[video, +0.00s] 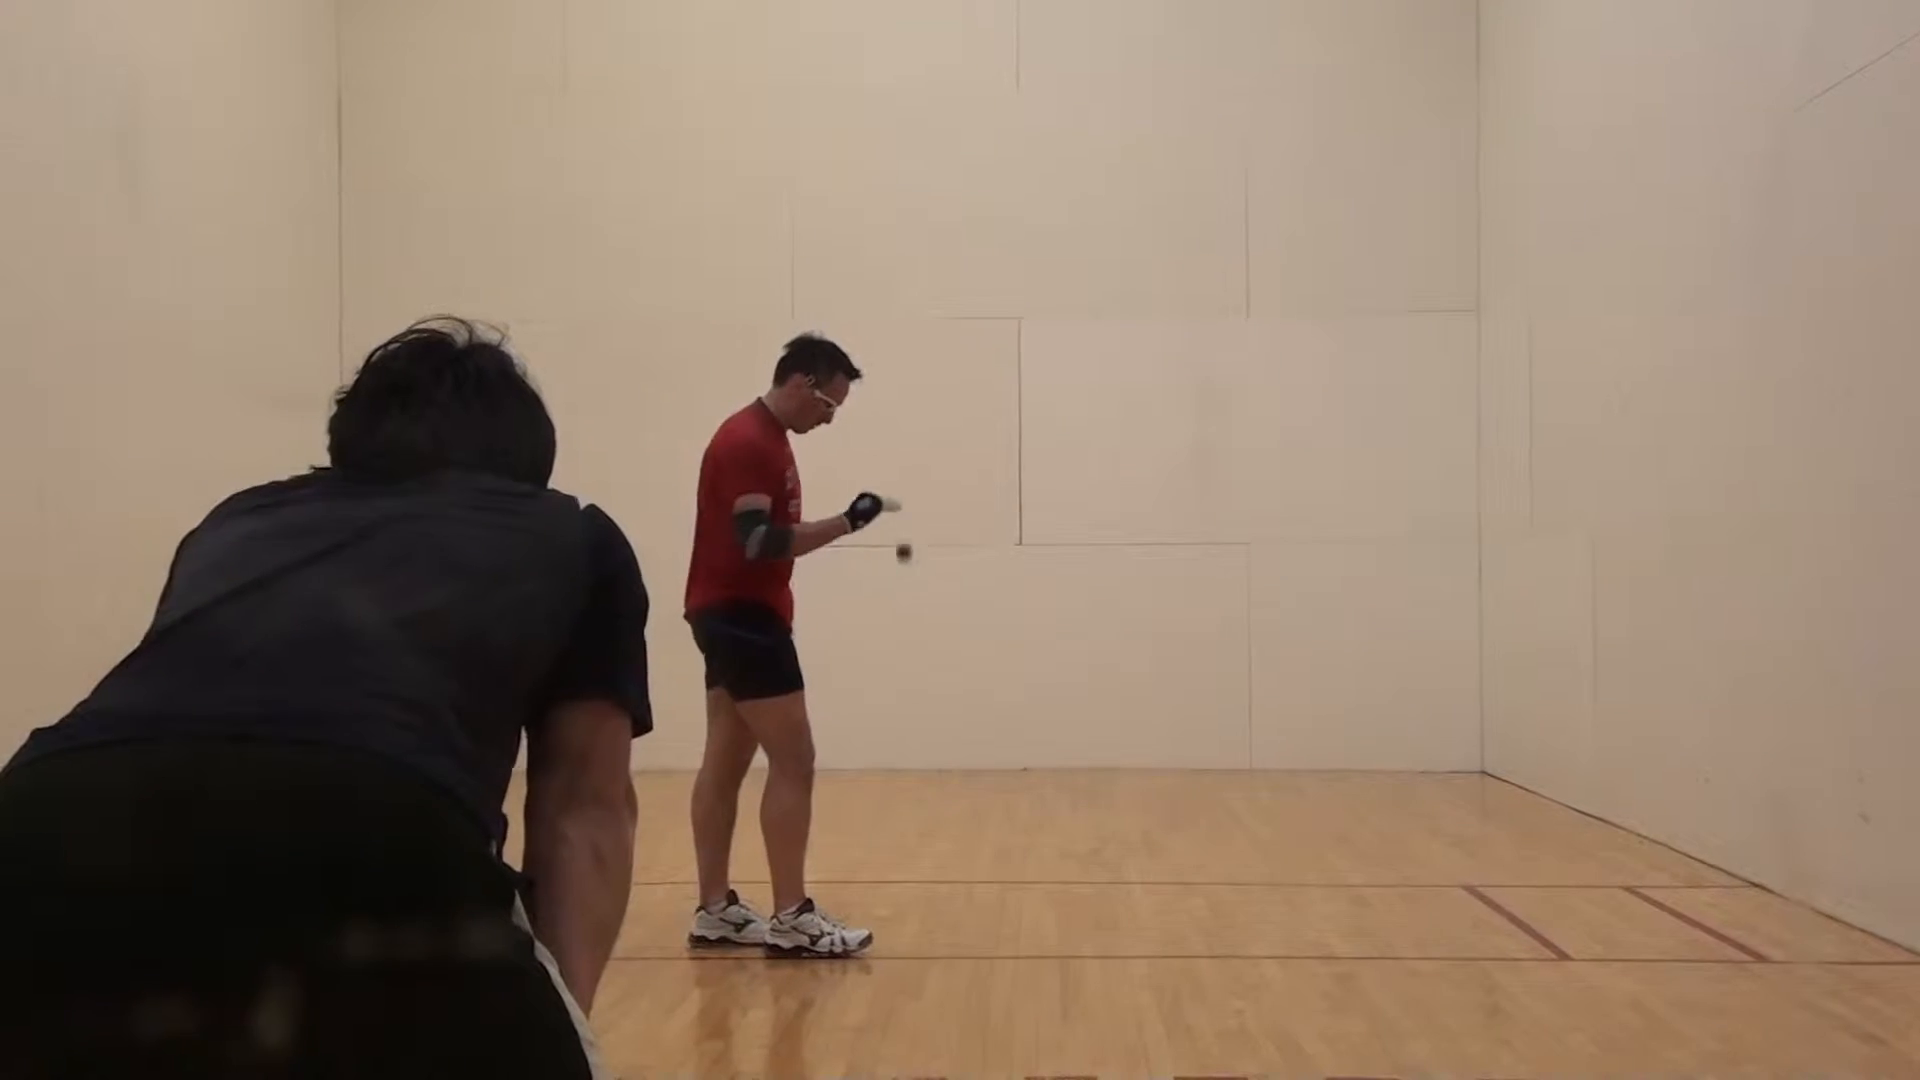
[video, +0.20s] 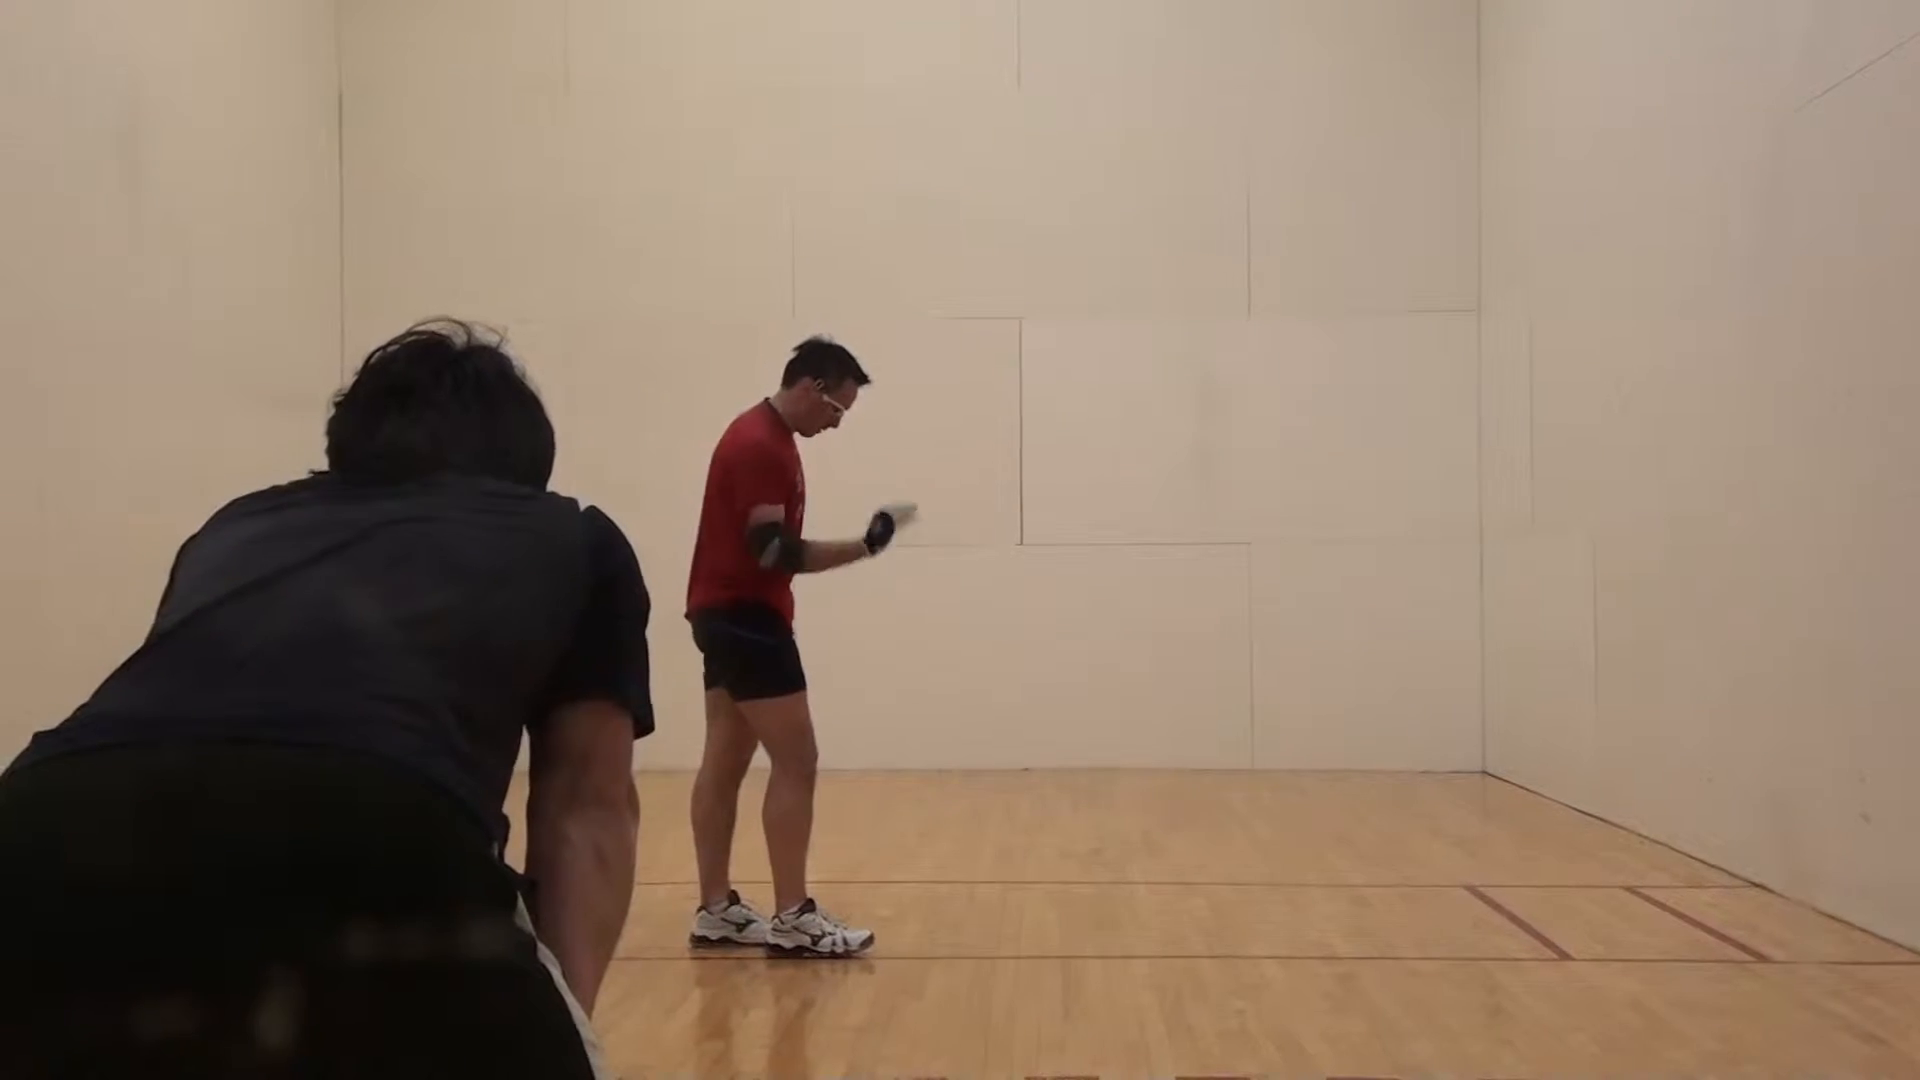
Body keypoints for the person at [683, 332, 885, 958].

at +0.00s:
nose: (829, 417)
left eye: (834, 407)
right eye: (829, 403)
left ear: (799, 387)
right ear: (797, 384)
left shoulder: (762, 436)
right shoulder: (751, 440)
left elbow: (761, 536)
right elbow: (755, 539)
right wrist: (840, 524)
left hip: (731, 616)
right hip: (746, 619)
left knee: (725, 761)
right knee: (794, 761)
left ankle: (715, 908)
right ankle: (791, 914)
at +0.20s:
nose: (836, 421)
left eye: (841, 412)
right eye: (835, 407)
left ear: (805, 390)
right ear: (804, 386)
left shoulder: (759, 435)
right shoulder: (764, 445)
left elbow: (764, 545)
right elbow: (772, 549)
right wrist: (863, 547)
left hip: (724, 616)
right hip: (750, 621)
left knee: (726, 758)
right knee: (795, 758)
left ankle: (715, 907)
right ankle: (793, 914)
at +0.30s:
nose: (838, 421)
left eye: (844, 411)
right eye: (837, 407)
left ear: (806, 391)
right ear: (806, 387)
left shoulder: (765, 436)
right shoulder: (764, 444)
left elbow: (759, 546)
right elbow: (771, 550)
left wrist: (785, 612)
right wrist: (858, 600)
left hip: (730, 616)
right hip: (748, 619)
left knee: (726, 758)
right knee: (795, 759)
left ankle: (716, 907)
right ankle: (794, 913)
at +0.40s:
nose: (840, 420)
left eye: (847, 410)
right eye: (839, 405)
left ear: (810, 388)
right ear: (810, 386)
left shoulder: (769, 437)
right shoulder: (764, 447)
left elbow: (777, 548)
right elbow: (770, 560)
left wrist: (803, 600)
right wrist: (807, 625)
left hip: (732, 614)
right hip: (747, 618)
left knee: (726, 761)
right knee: (797, 762)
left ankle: (716, 908)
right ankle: (793, 915)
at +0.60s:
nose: (844, 419)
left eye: (851, 408)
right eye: (843, 404)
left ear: (816, 389)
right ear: (813, 385)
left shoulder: (782, 440)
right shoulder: (755, 443)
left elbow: (775, 532)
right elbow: (721, 552)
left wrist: (829, 554)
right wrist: (724, 646)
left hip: (745, 622)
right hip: (758, 628)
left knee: (726, 766)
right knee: (796, 762)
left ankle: (716, 908)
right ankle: (793, 915)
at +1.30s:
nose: (825, 415)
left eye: (830, 405)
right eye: (823, 401)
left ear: (800, 389)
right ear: (789, 382)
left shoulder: (783, 446)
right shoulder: (730, 437)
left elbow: (775, 544)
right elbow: (709, 534)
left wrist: (794, 626)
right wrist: (786, 590)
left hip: (760, 618)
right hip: (737, 619)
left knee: (726, 763)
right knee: (797, 759)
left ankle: (717, 909)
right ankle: (793, 914)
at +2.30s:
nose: (827, 418)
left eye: (833, 408)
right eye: (826, 404)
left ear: (801, 389)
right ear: (794, 383)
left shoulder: (775, 442)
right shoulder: (736, 441)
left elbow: (767, 536)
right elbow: (702, 541)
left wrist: (825, 549)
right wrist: (705, 636)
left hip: (751, 626)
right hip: (756, 630)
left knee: (727, 764)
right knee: (804, 758)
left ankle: (718, 908)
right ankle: (795, 913)